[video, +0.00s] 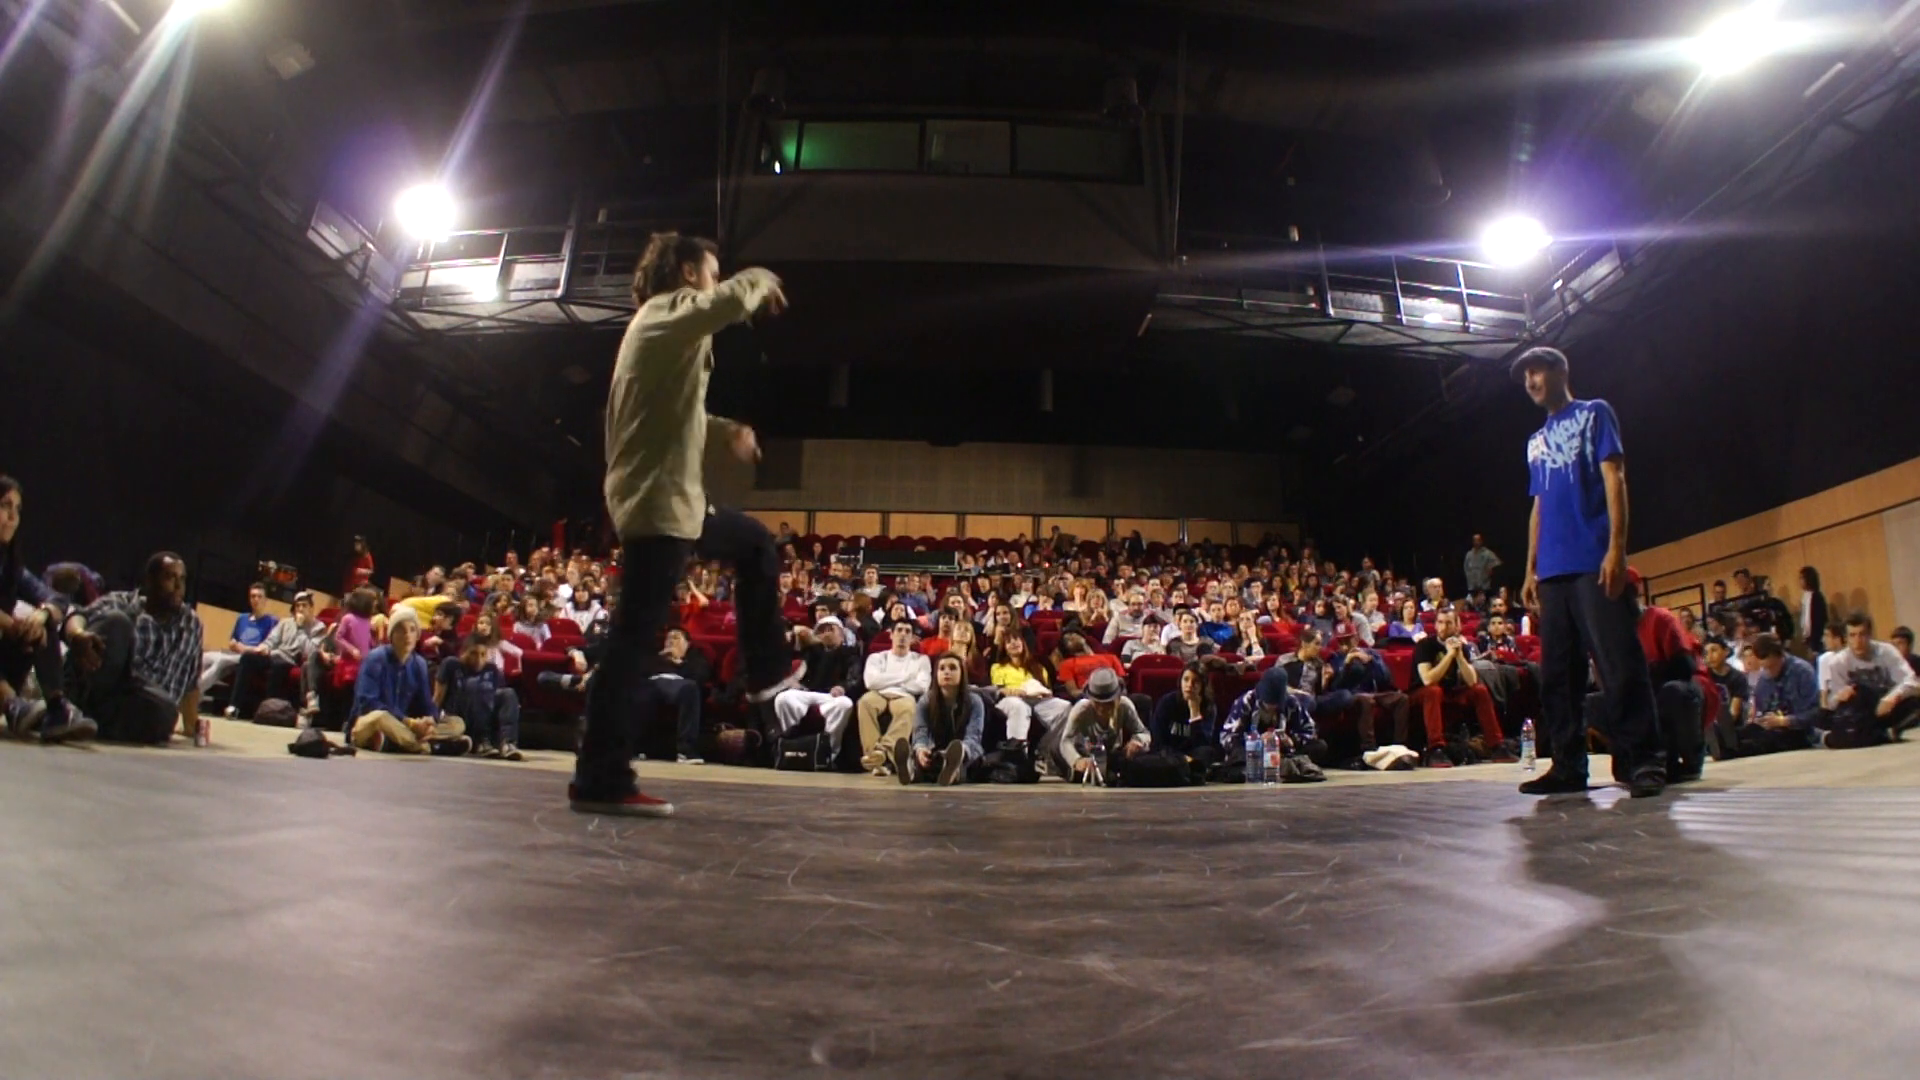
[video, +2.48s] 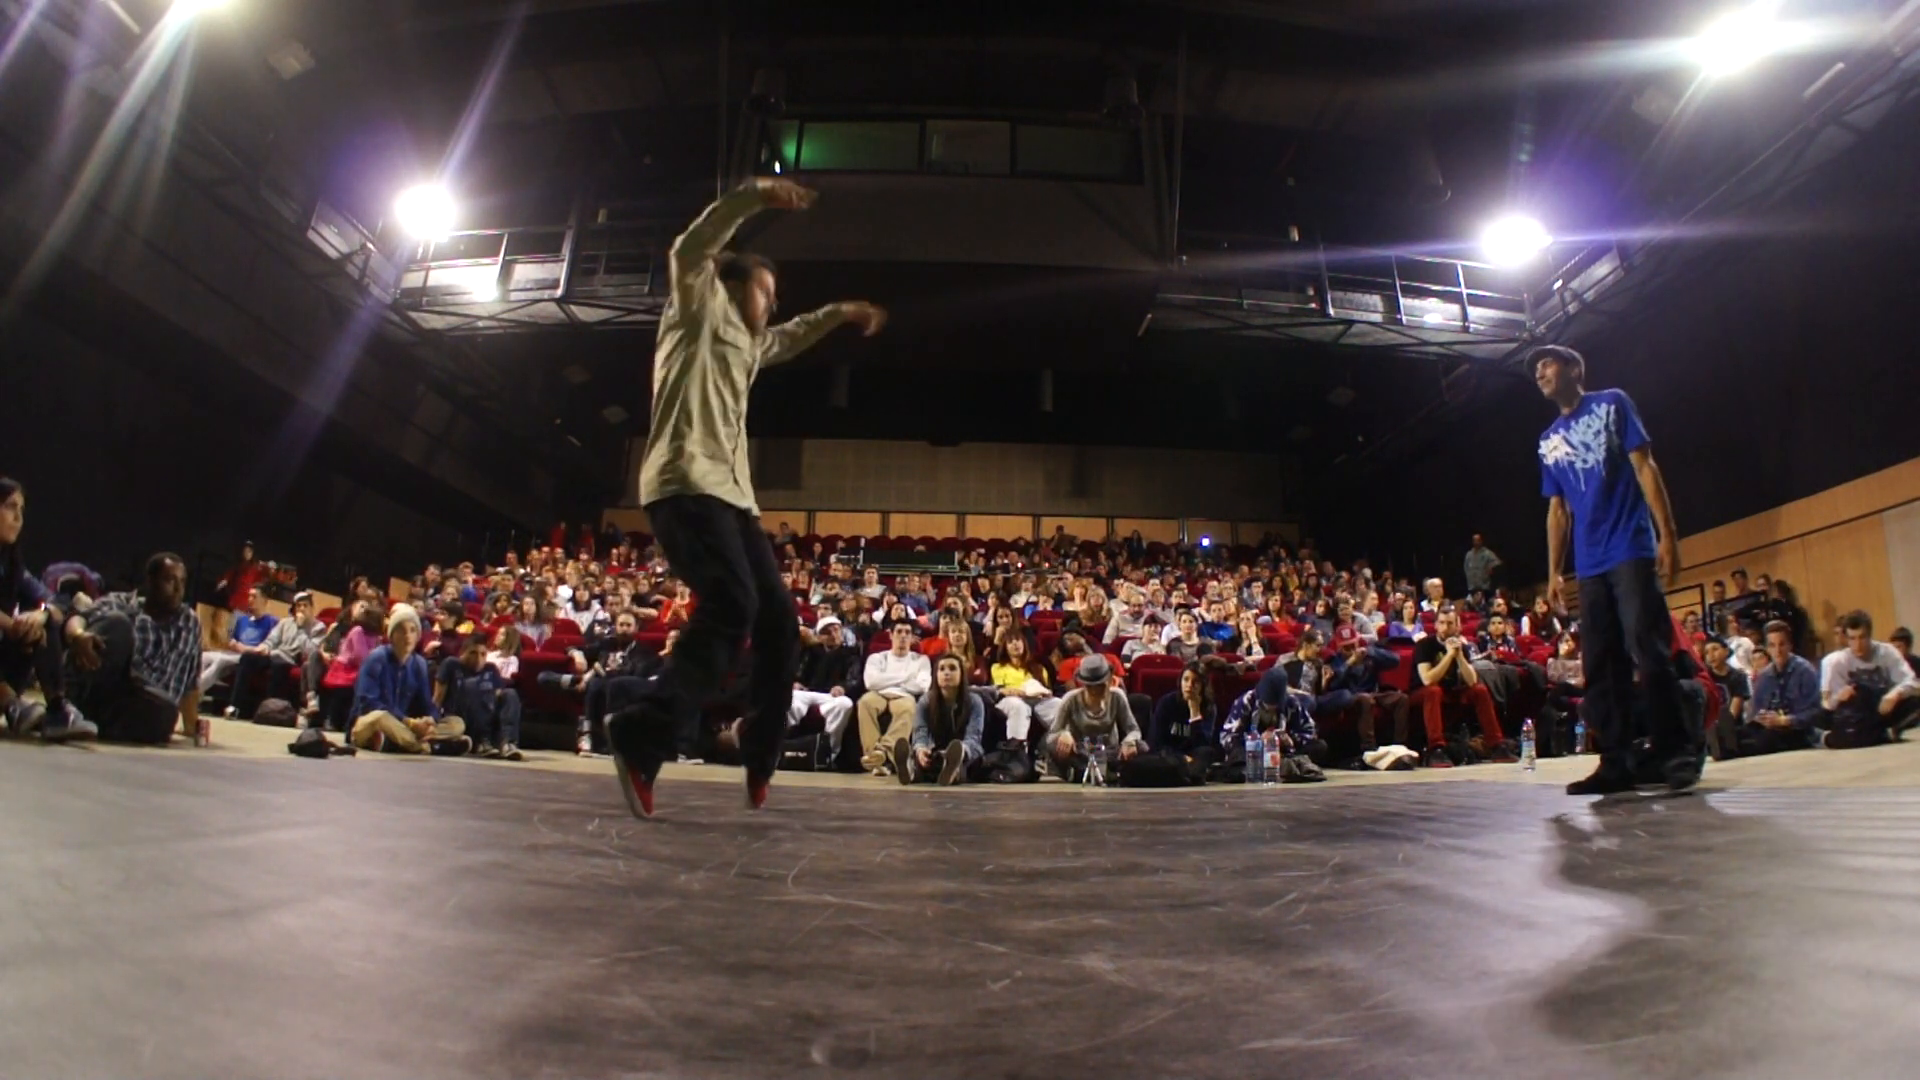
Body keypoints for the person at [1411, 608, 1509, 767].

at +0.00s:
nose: (1443, 627)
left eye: (1448, 623)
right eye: (1440, 623)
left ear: (1456, 626)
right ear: (1435, 625)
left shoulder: (1462, 646)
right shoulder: (1425, 645)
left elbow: (1471, 681)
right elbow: (1427, 678)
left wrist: (1459, 655)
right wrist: (1450, 655)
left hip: (1454, 692)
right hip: (1426, 693)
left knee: (1481, 691)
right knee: (1433, 691)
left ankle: (1497, 745)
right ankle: (1436, 749)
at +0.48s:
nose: (1444, 628)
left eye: (1449, 623)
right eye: (1440, 623)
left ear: (1457, 626)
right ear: (1436, 625)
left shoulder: (1462, 646)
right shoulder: (1425, 645)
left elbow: (1472, 681)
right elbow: (1427, 678)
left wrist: (1459, 655)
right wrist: (1449, 655)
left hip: (1454, 692)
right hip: (1426, 693)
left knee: (1480, 691)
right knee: (1433, 691)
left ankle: (1497, 745)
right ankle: (1436, 749)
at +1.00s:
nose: (1444, 628)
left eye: (1449, 623)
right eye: (1441, 623)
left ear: (1457, 626)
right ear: (1436, 624)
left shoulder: (1462, 646)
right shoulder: (1424, 645)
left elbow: (1472, 681)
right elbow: (1427, 678)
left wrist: (1459, 655)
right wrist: (1449, 655)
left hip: (1454, 691)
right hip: (1428, 692)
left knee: (1480, 691)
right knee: (1433, 691)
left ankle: (1497, 745)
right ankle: (1436, 748)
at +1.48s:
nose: (1445, 627)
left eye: (1450, 623)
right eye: (1441, 623)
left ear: (1457, 625)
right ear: (1436, 625)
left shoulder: (1462, 646)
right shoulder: (1425, 645)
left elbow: (1472, 681)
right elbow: (1427, 678)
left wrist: (1459, 654)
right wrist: (1450, 655)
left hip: (1455, 692)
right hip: (1429, 693)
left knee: (1480, 691)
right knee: (1433, 691)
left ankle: (1497, 745)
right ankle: (1437, 749)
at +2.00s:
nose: (1445, 627)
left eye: (1450, 623)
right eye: (1441, 623)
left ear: (1457, 625)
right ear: (1436, 625)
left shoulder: (1462, 646)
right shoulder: (1424, 645)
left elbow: (1472, 681)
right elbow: (1427, 678)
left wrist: (1459, 655)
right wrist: (1449, 655)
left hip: (1454, 692)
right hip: (1427, 693)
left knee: (1480, 690)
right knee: (1433, 691)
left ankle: (1497, 745)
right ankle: (1436, 749)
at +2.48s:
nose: (1445, 627)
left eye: (1450, 623)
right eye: (1441, 623)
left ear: (1457, 626)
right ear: (1436, 625)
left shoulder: (1462, 646)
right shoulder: (1424, 645)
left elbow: (1472, 681)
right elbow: (1427, 678)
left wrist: (1459, 655)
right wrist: (1449, 655)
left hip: (1455, 691)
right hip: (1429, 693)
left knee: (1480, 690)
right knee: (1433, 691)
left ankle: (1497, 745)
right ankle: (1436, 749)